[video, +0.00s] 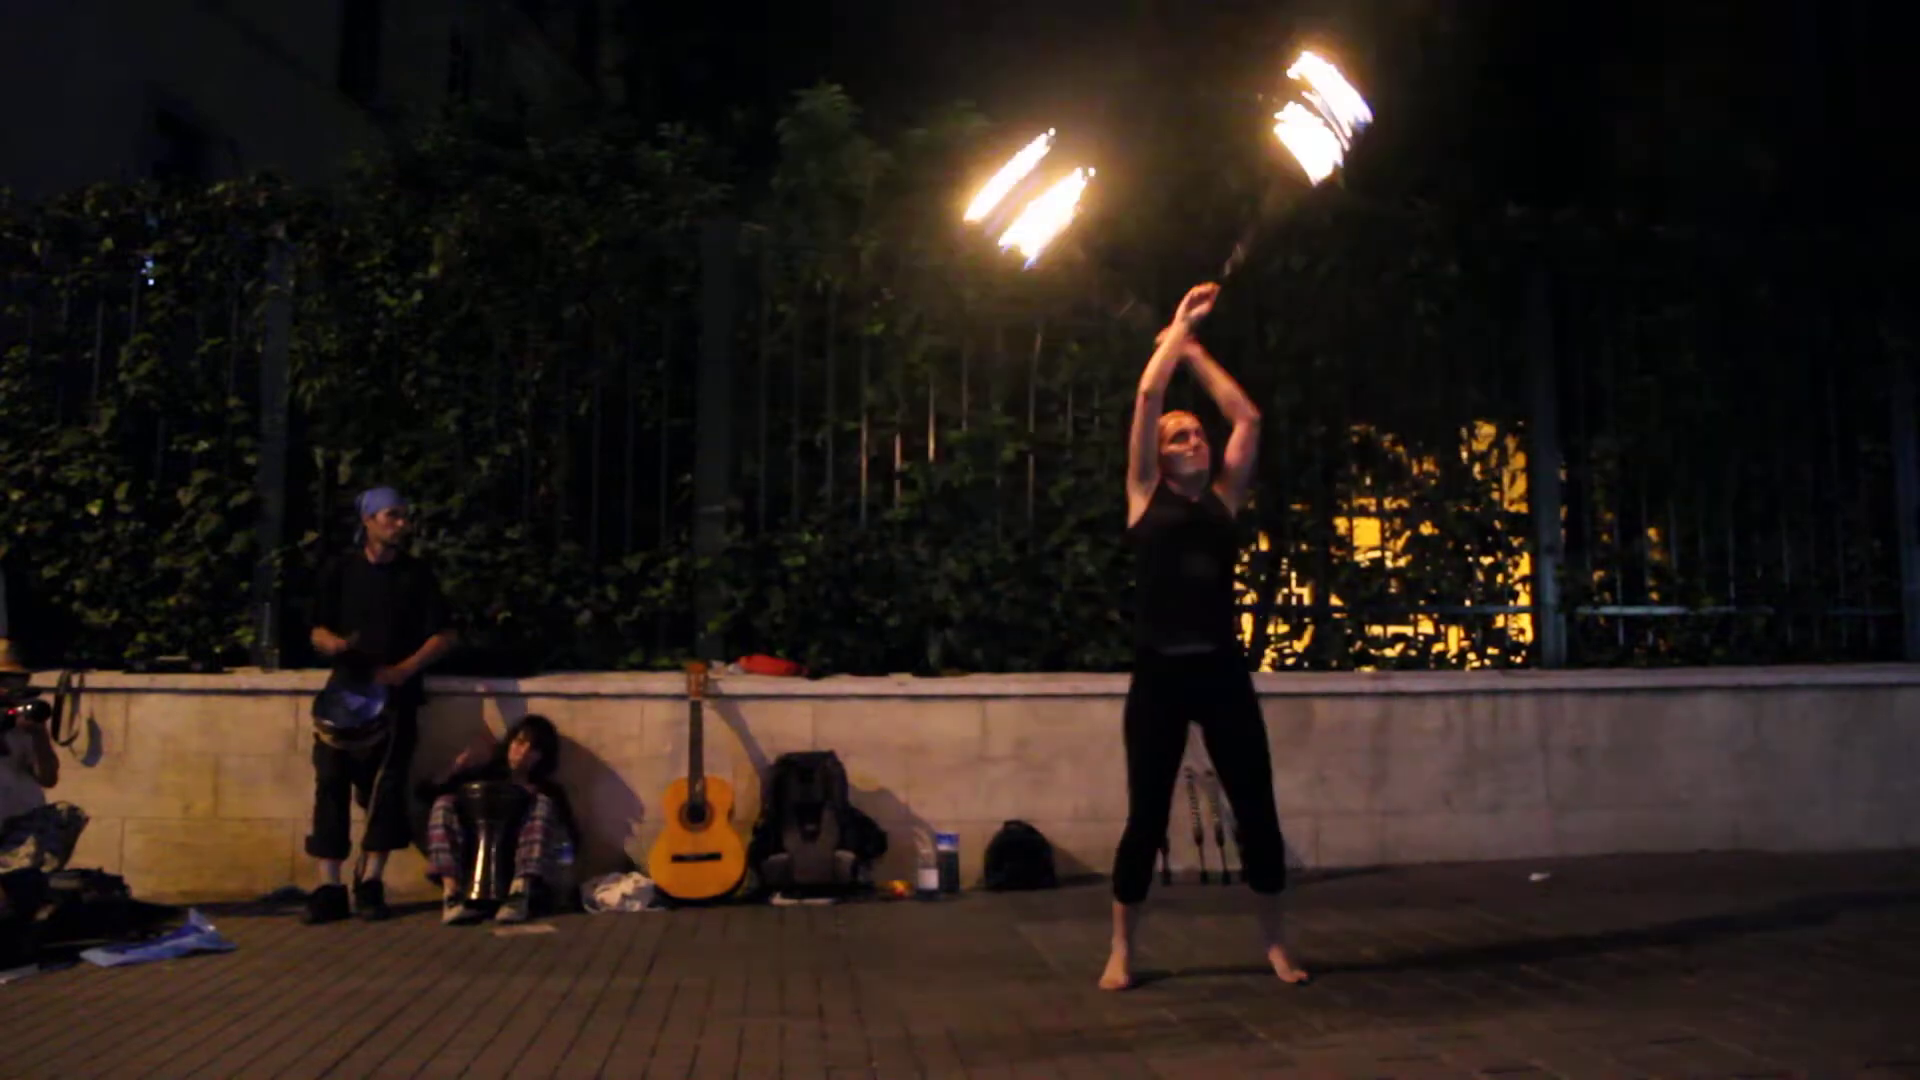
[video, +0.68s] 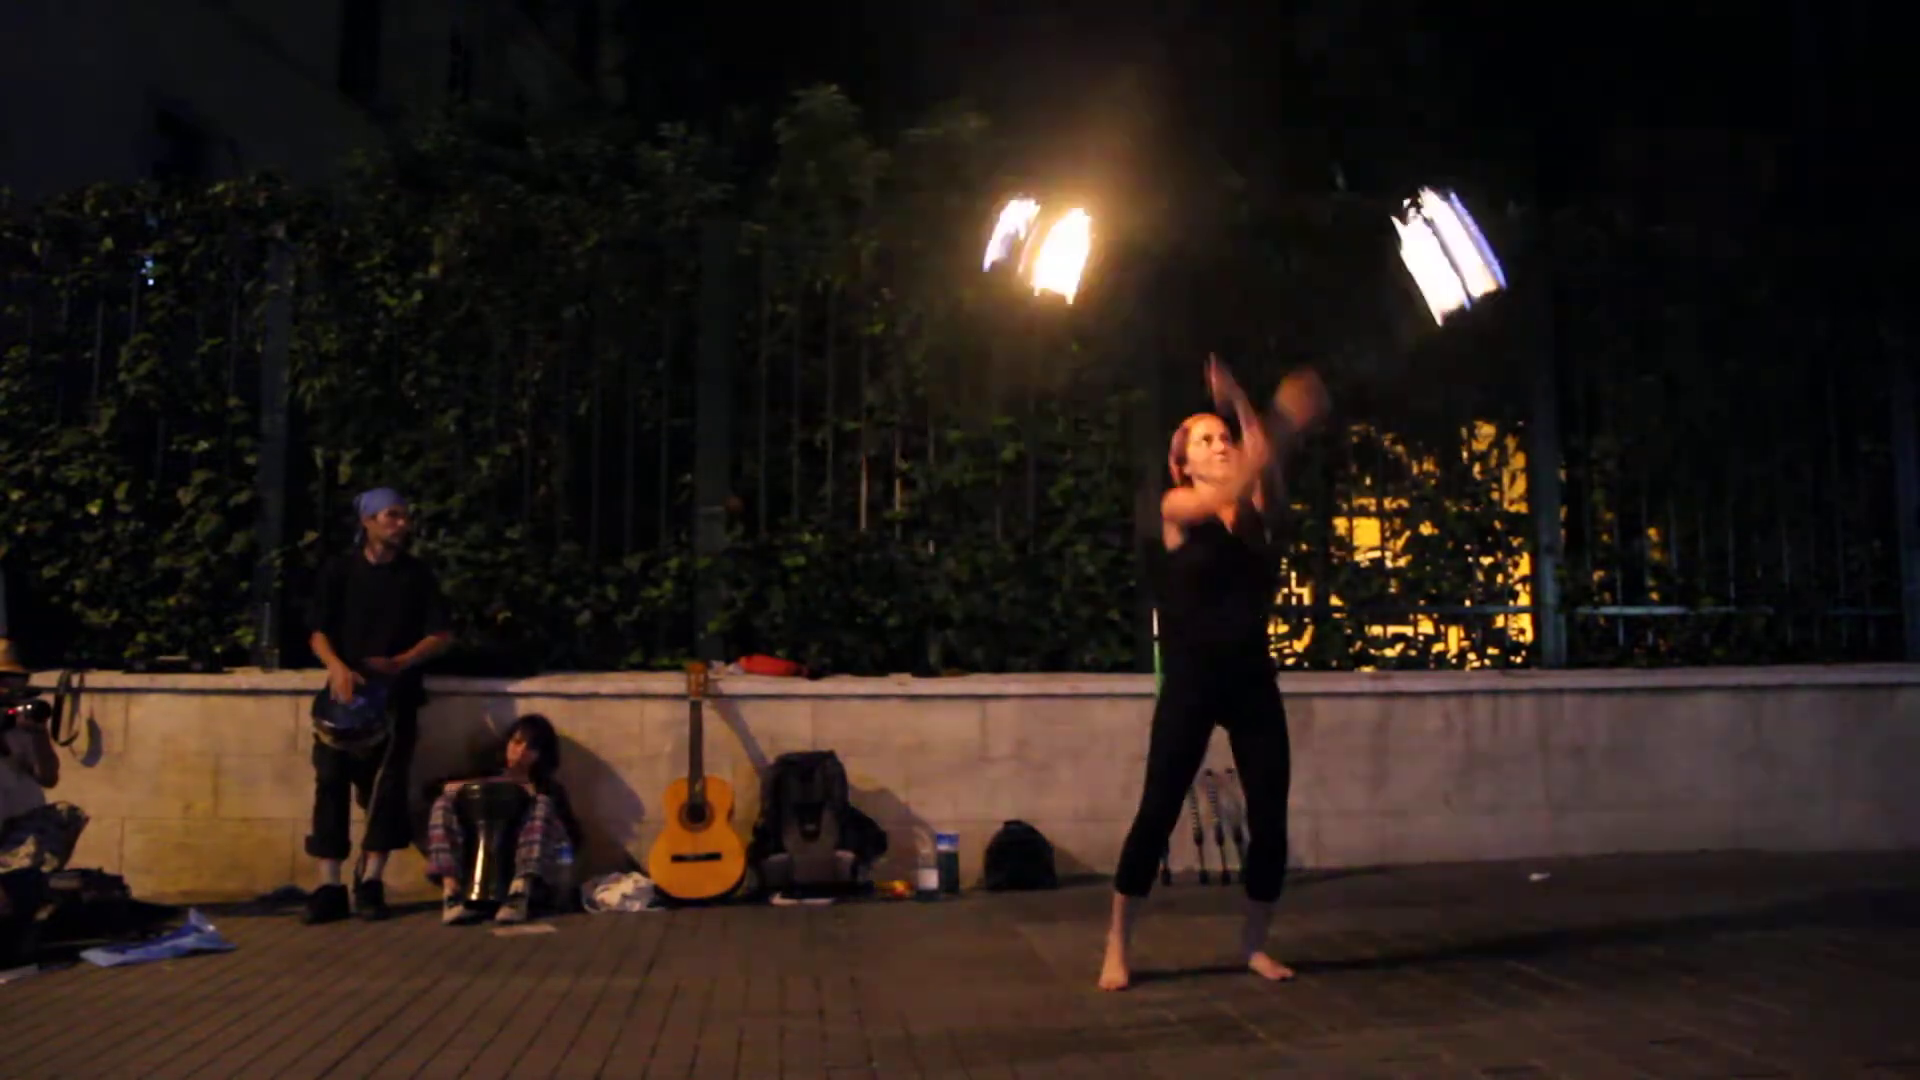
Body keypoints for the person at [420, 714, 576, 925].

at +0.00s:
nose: (523, 752)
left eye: (533, 748)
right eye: (520, 742)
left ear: (541, 757)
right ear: (509, 743)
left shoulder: (549, 790)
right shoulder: (481, 775)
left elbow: (567, 843)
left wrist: (535, 799)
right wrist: (456, 770)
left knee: (542, 806)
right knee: (444, 804)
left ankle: (520, 892)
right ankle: (450, 893)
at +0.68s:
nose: (520, 751)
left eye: (530, 748)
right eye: (517, 742)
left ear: (539, 756)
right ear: (507, 744)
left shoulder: (550, 789)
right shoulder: (487, 782)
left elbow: (571, 839)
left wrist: (536, 800)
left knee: (542, 806)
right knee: (443, 805)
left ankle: (520, 892)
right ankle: (451, 892)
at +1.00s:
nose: (524, 749)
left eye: (532, 745)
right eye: (520, 740)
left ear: (541, 754)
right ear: (509, 742)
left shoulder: (546, 790)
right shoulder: (484, 774)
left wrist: (535, 797)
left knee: (542, 806)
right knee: (444, 804)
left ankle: (521, 891)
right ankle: (451, 892)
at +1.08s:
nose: (523, 749)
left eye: (532, 745)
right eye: (521, 741)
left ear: (541, 754)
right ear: (511, 744)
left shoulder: (550, 791)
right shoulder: (492, 785)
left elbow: (563, 844)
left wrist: (539, 799)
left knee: (542, 806)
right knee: (445, 803)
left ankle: (520, 891)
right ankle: (451, 892)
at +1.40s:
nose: (532, 756)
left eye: (538, 749)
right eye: (524, 747)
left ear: (545, 753)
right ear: (508, 749)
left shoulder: (548, 789)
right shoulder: (487, 783)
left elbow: (558, 842)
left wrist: (538, 798)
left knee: (542, 807)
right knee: (443, 805)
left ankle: (521, 892)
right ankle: (451, 893)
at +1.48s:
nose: (528, 756)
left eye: (527, 748)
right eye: (517, 747)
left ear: (537, 756)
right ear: (500, 750)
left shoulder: (545, 792)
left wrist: (537, 799)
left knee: (541, 806)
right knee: (443, 805)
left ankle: (520, 892)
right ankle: (451, 893)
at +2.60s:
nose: (525, 757)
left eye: (527, 749)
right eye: (516, 750)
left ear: (537, 754)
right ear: (495, 753)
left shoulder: (545, 788)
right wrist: (469, 765)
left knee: (540, 803)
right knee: (443, 804)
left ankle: (521, 893)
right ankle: (451, 893)